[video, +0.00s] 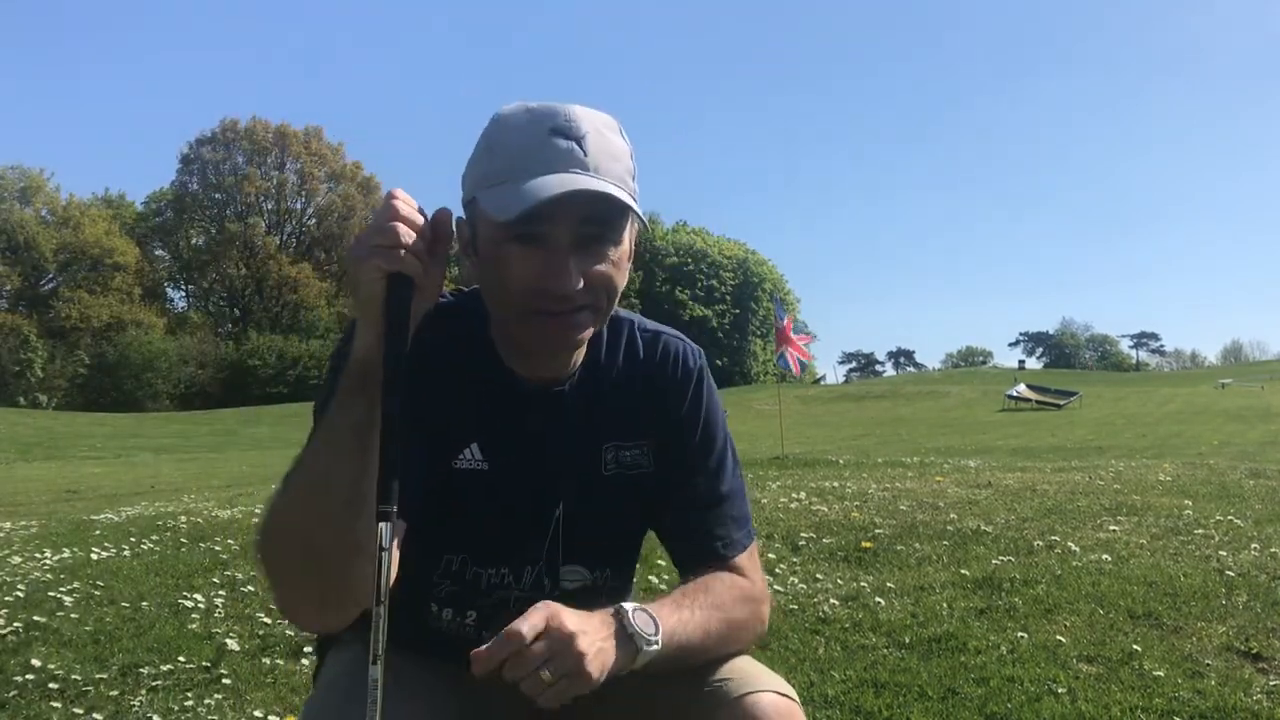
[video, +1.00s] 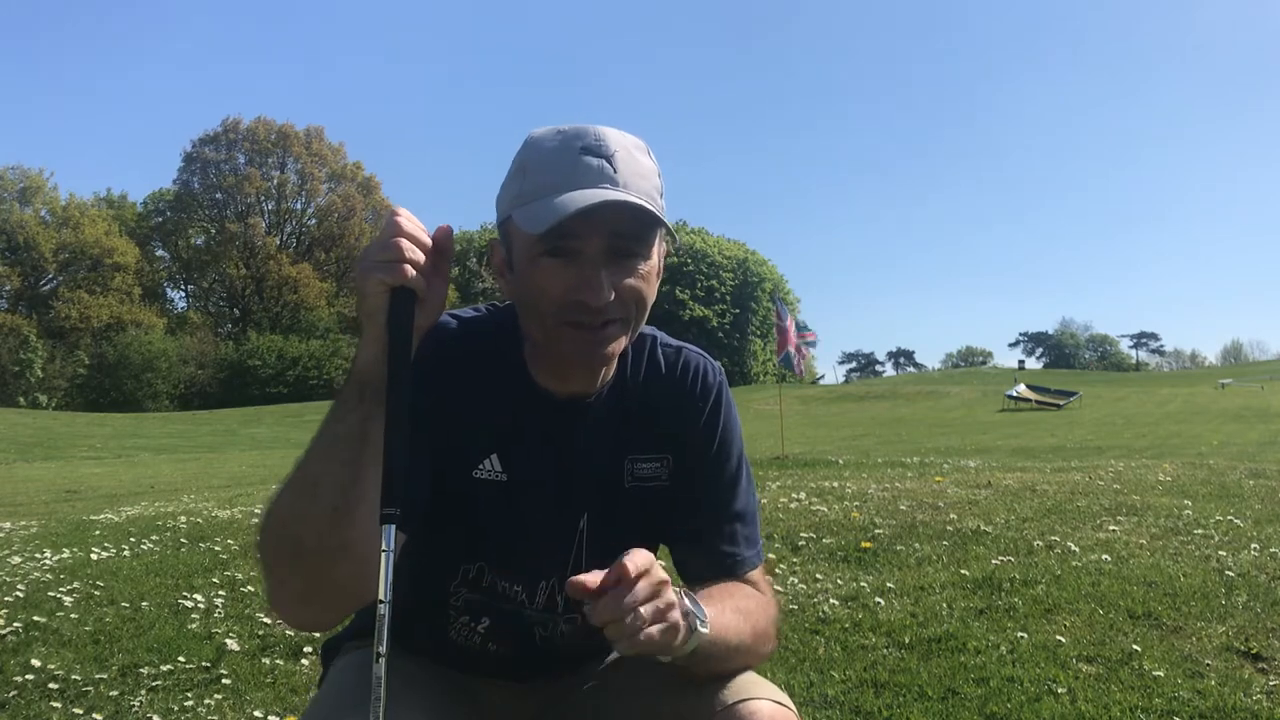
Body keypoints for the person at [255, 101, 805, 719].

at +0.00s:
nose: (564, 279)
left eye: (594, 238)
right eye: (528, 238)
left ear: (631, 248)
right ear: (469, 245)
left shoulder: (666, 372)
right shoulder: (401, 352)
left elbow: (742, 596)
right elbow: (314, 604)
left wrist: (618, 636)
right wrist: (371, 344)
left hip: (599, 668)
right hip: (421, 662)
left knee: (768, 708)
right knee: (346, 700)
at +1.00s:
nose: (597, 291)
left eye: (626, 252)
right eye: (560, 252)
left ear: (660, 263)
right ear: (501, 263)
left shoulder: (688, 388)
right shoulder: (430, 362)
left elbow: (752, 612)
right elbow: (302, 601)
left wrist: (685, 621)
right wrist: (377, 357)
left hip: (607, 666)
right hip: (430, 666)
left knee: (762, 712)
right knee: (348, 708)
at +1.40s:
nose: (604, 292)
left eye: (632, 255)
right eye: (568, 255)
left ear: (665, 262)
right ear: (507, 263)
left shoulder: (692, 388)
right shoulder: (436, 362)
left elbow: (759, 621)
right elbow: (298, 600)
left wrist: (594, 613)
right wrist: (377, 356)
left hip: (606, 666)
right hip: (430, 665)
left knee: (770, 711)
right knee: (351, 702)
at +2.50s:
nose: (607, 292)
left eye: (636, 254)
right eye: (570, 253)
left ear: (666, 268)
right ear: (509, 263)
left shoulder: (693, 388)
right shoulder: (441, 367)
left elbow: (763, 613)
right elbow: (316, 602)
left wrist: (676, 618)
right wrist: (388, 365)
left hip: (609, 668)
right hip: (435, 668)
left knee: (776, 709)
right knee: (351, 710)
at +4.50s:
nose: (596, 289)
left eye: (626, 254)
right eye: (564, 253)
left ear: (663, 275)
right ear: (510, 263)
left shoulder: (689, 390)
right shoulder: (437, 369)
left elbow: (765, 607)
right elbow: (303, 606)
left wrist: (668, 647)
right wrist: (377, 367)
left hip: (612, 670)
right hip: (432, 669)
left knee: (778, 711)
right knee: (346, 715)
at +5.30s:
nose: (610, 316)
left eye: (638, 281)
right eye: (578, 279)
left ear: (668, 278)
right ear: (514, 269)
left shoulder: (692, 392)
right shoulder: (435, 370)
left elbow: (752, 587)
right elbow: (312, 607)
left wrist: (748, 624)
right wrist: (379, 368)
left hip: (606, 672)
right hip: (433, 673)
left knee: (780, 711)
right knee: (352, 715)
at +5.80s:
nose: (600, 295)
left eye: (628, 259)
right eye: (569, 257)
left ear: (659, 261)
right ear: (505, 254)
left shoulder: (683, 379)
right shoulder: (433, 364)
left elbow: (789, 617)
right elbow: (314, 608)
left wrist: (808, 558)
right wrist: (379, 369)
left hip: (606, 665)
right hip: (434, 672)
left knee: (782, 708)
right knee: (371, 712)